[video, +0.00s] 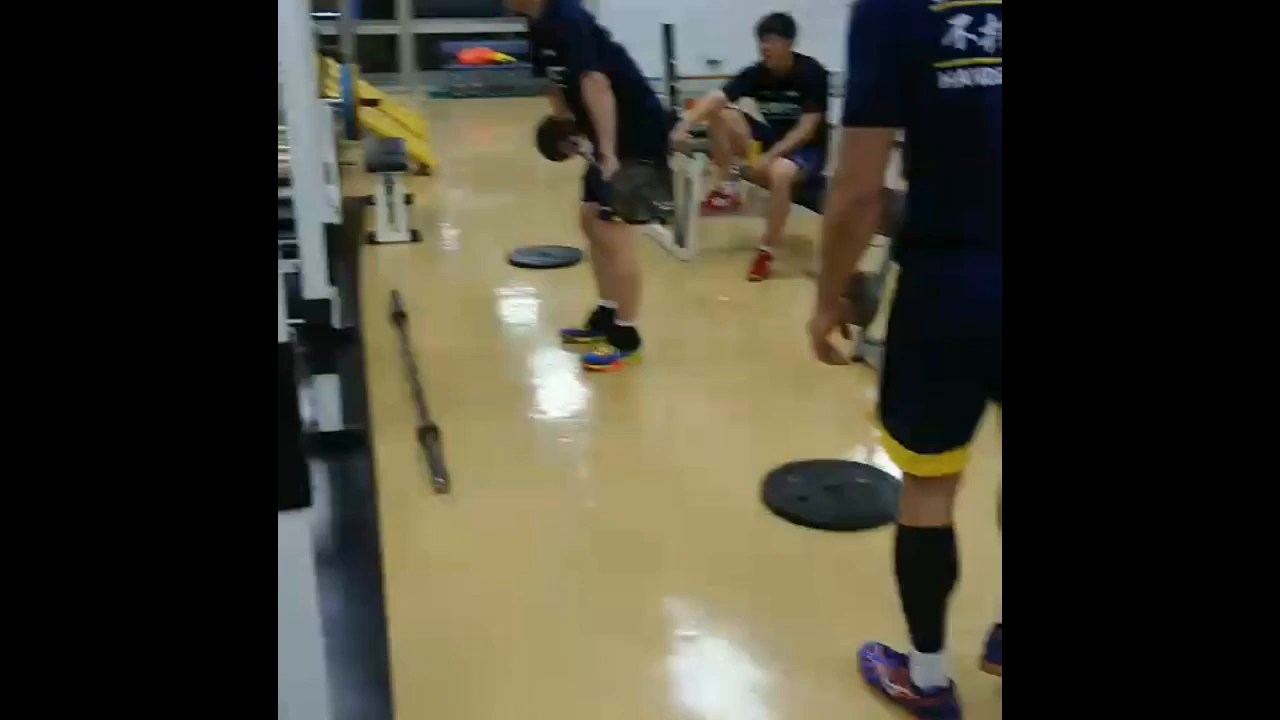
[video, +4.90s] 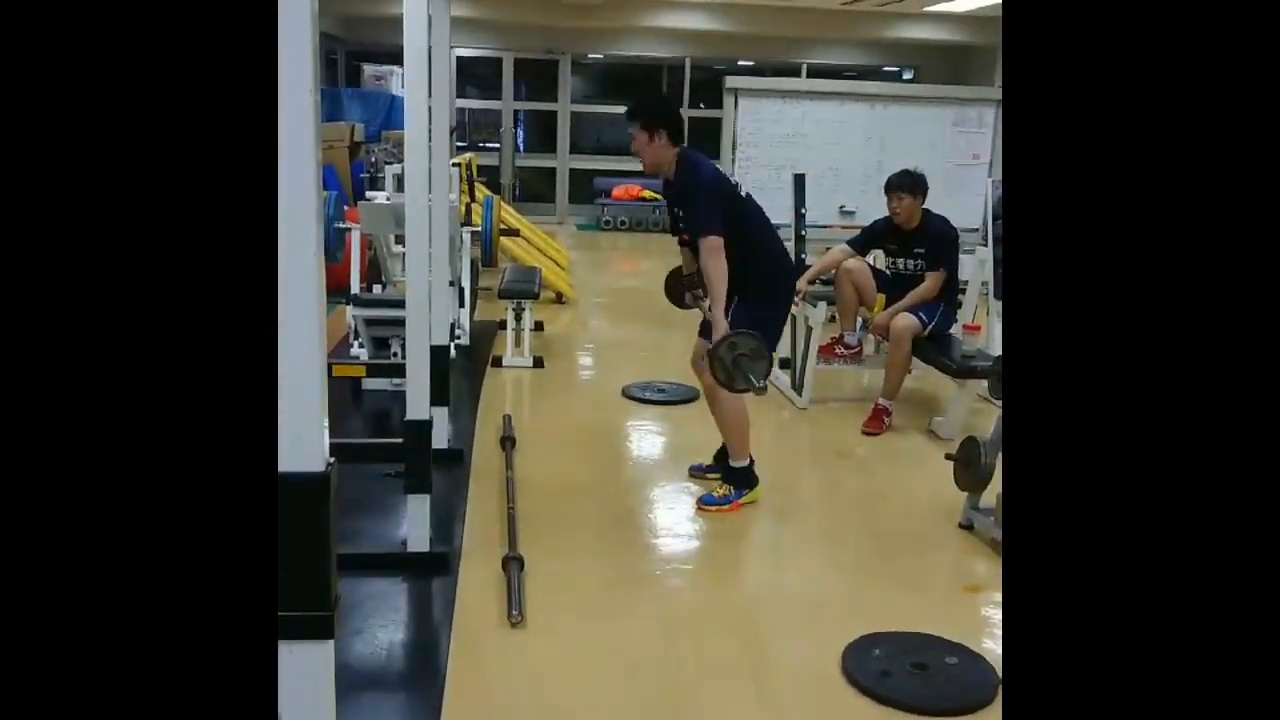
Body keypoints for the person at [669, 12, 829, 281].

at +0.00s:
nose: (764, 46)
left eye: (771, 40)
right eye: (762, 40)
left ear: (788, 43)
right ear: (758, 42)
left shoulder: (812, 72)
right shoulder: (756, 73)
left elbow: (808, 127)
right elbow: (717, 100)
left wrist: (770, 156)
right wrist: (684, 126)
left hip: (804, 144)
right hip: (768, 138)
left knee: (780, 171)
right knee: (719, 115)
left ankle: (767, 250)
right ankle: (726, 192)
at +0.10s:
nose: (808, 74)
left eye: (814, 67)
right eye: (805, 67)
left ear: (833, 70)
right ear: (803, 69)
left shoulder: (857, 98)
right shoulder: (801, 99)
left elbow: (853, 154)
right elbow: (761, 126)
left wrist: (814, 182)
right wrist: (727, 150)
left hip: (852, 168)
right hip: (814, 162)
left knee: (825, 196)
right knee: (766, 140)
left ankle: (810, 275)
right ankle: (769, 215)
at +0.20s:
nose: (854, 110)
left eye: (860, 104)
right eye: (851, 104)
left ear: (879, 105)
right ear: (848, 105)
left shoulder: (903, 133)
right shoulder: (848, 133)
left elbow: (900, 188)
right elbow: (807, 159)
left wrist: (858, 219)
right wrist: (772, 187)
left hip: (899, 204)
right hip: (860, 199)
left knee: (870, 231)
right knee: (814, 172)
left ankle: (855, 311)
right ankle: (815, 247)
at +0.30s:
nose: (879, 132)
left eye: (886, 126)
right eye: (876, 126)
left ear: (905, 127)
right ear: (873, 127)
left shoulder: (929, 156)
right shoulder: (872, 153)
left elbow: (926, 212)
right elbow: (833, 181)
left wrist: (882, 239)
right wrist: (798, 209)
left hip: (925, 228)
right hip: (886, 221)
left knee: (893, 253)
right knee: (840, 193)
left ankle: (878, 335)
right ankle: (838, 267)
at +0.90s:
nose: (907, 152)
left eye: (914, 145)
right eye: (903, 145)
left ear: (935, 147)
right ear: (900, 147)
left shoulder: (957, 178)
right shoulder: (898, 174)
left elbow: (951, 235)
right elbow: (858, 200)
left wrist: (905, 260)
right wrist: (822, 228)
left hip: (952, 250)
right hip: (912, 241)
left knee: (917, 274)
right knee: (863, 216)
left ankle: (900, 356)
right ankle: (864, 289)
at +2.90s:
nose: (898, 187)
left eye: (905, 181)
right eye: (895, 181)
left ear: (924, 181)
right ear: (891, 182)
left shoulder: (947, 211)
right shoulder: (890, 210)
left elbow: (939, 268)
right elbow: (848, 236)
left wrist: (897, 296)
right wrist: (811, 261)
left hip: (943, 283)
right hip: (904, 276)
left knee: (908, 307)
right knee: (856, 250)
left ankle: (890, 389)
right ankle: (857, 326)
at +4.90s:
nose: (894, 205)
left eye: (901, 198)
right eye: (890, 198)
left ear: (920, 200)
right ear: (886, 199)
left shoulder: (941, 231)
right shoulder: (884, 227)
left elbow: (932, 287)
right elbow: (843, 253)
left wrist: (889, 314)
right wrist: (805, 278)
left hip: (935, 303)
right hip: (895, 294)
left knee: (901, 325)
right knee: (848, 268)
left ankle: (883, 407)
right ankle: (849, 344)